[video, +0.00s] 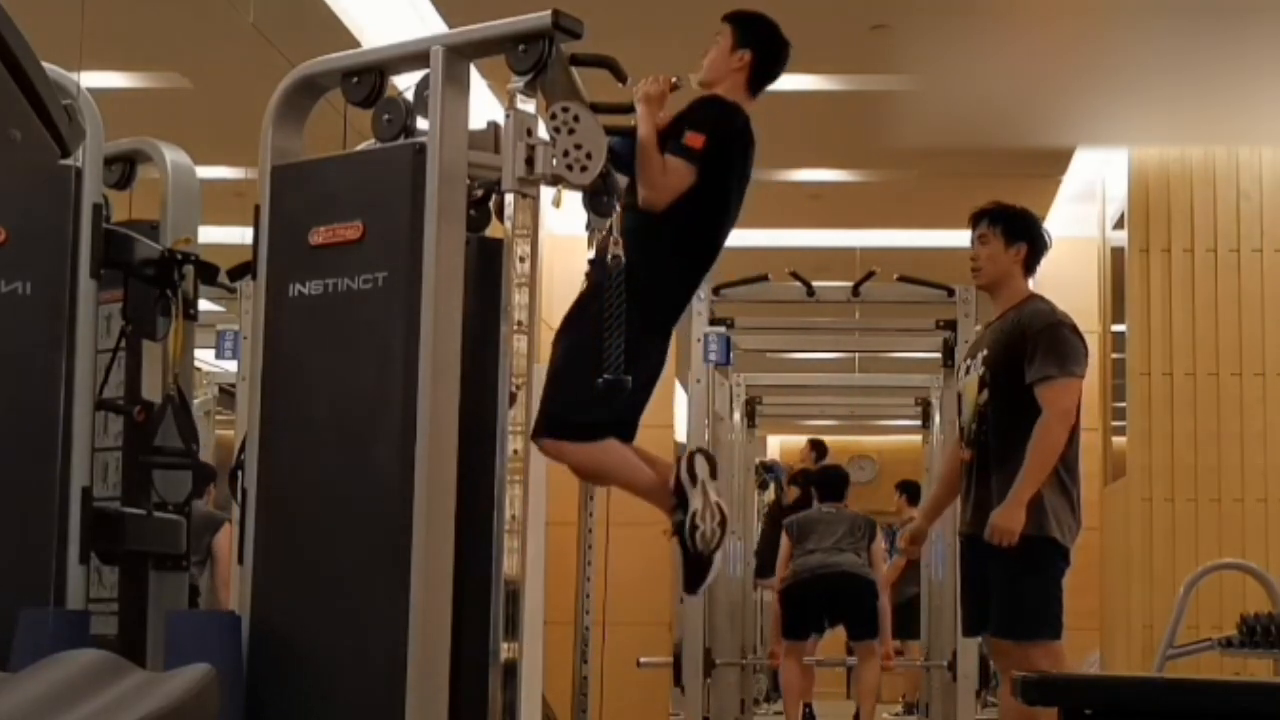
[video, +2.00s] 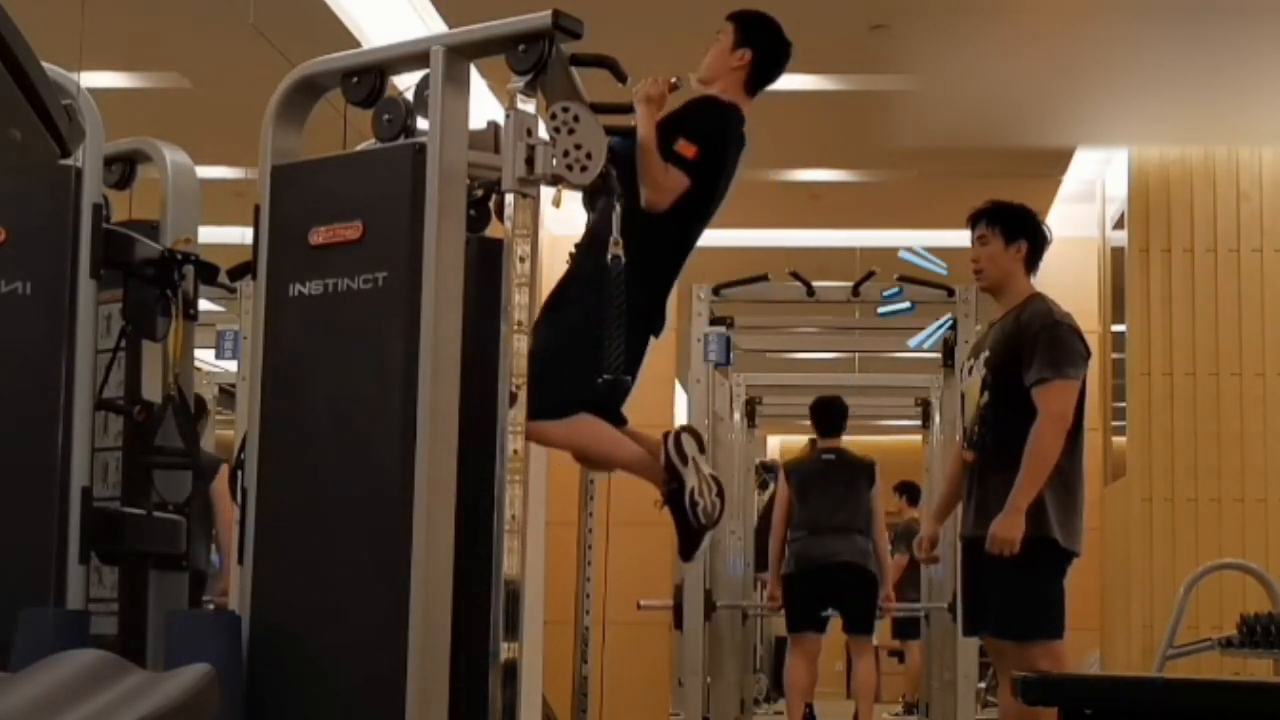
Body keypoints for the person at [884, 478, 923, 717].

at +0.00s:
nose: (894, 500)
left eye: (896, 496)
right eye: (895, 496)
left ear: (903, 497)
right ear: (912, 498)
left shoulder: (911, 523)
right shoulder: (910, 521)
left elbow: (900, 558)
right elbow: (901, 556)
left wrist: (884, 582)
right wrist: (887, 578)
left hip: (911, 590)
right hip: (908, 590)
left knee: (911, 647)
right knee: (909, 647)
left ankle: (911, 700)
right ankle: (912, 699)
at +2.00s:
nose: (893, 502)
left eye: (896, 497)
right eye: (894, 497)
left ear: (903, 499)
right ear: (914, 499)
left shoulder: (907, 526)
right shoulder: (917, 524)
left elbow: (900, 559)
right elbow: (904, 559)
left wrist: (888, 585)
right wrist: (893, 584)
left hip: (909, 593)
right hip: (916, 592)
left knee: (911, 648)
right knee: (913, 648)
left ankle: (911, 700)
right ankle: (913, 699)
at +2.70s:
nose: (894, 504)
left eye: (895, 500)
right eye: (895, 500)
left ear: (902, 500)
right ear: (914, 500)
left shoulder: (908, 528)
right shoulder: (918, 526)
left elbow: (902, 562)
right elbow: (906, 562)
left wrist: (887, 588)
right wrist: (891, 586)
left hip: (910, 596)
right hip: (915, 594)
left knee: (912, 649)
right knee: (913, 649)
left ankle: (910, 701)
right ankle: (913, 700)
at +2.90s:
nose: (894, 504)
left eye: (895, 500)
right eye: (895, 500)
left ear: (902, 500)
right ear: (914, 500)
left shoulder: (907, 528)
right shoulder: (918, 526)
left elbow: (902, 562)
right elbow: (906, 562)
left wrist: (887, 587)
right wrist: (890, 584)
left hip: (910, 596)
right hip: (916, 594)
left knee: (912, 650)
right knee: (913, 650)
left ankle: (910, 701)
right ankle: (913, 699)